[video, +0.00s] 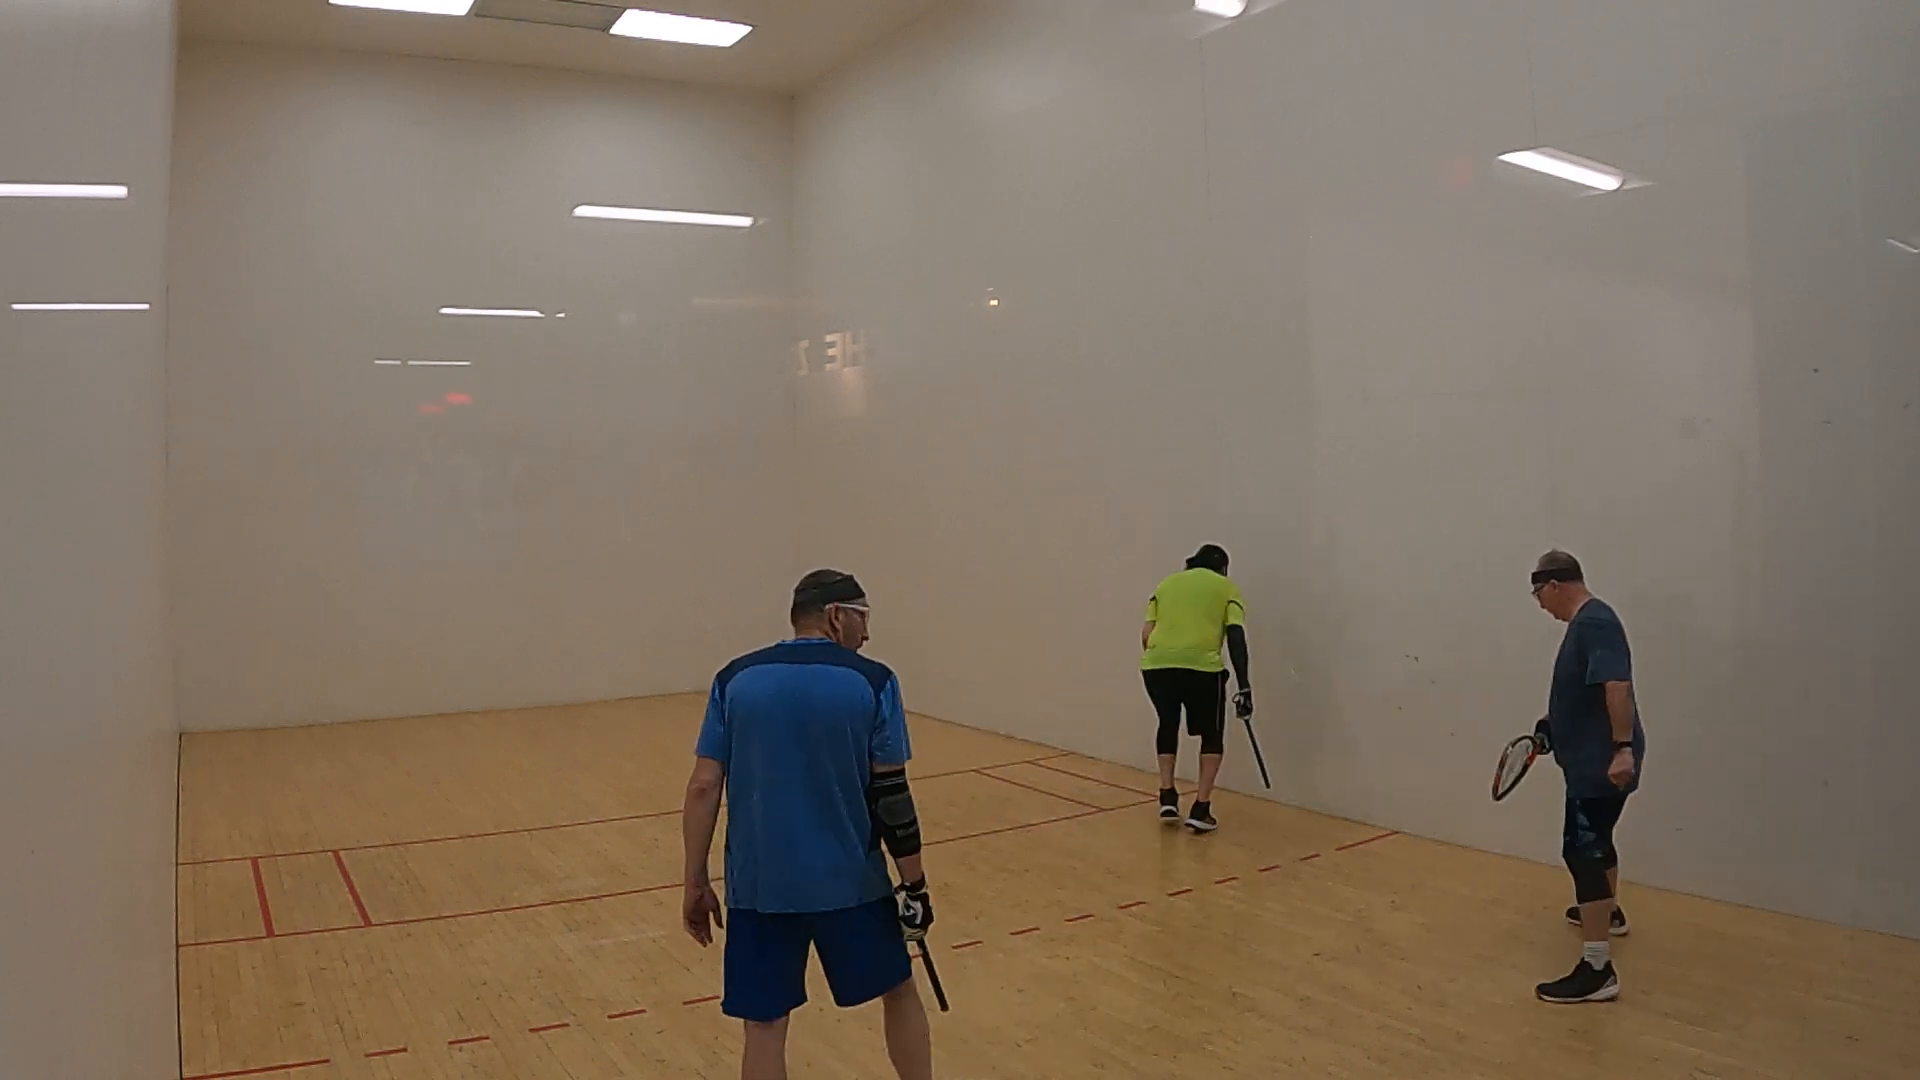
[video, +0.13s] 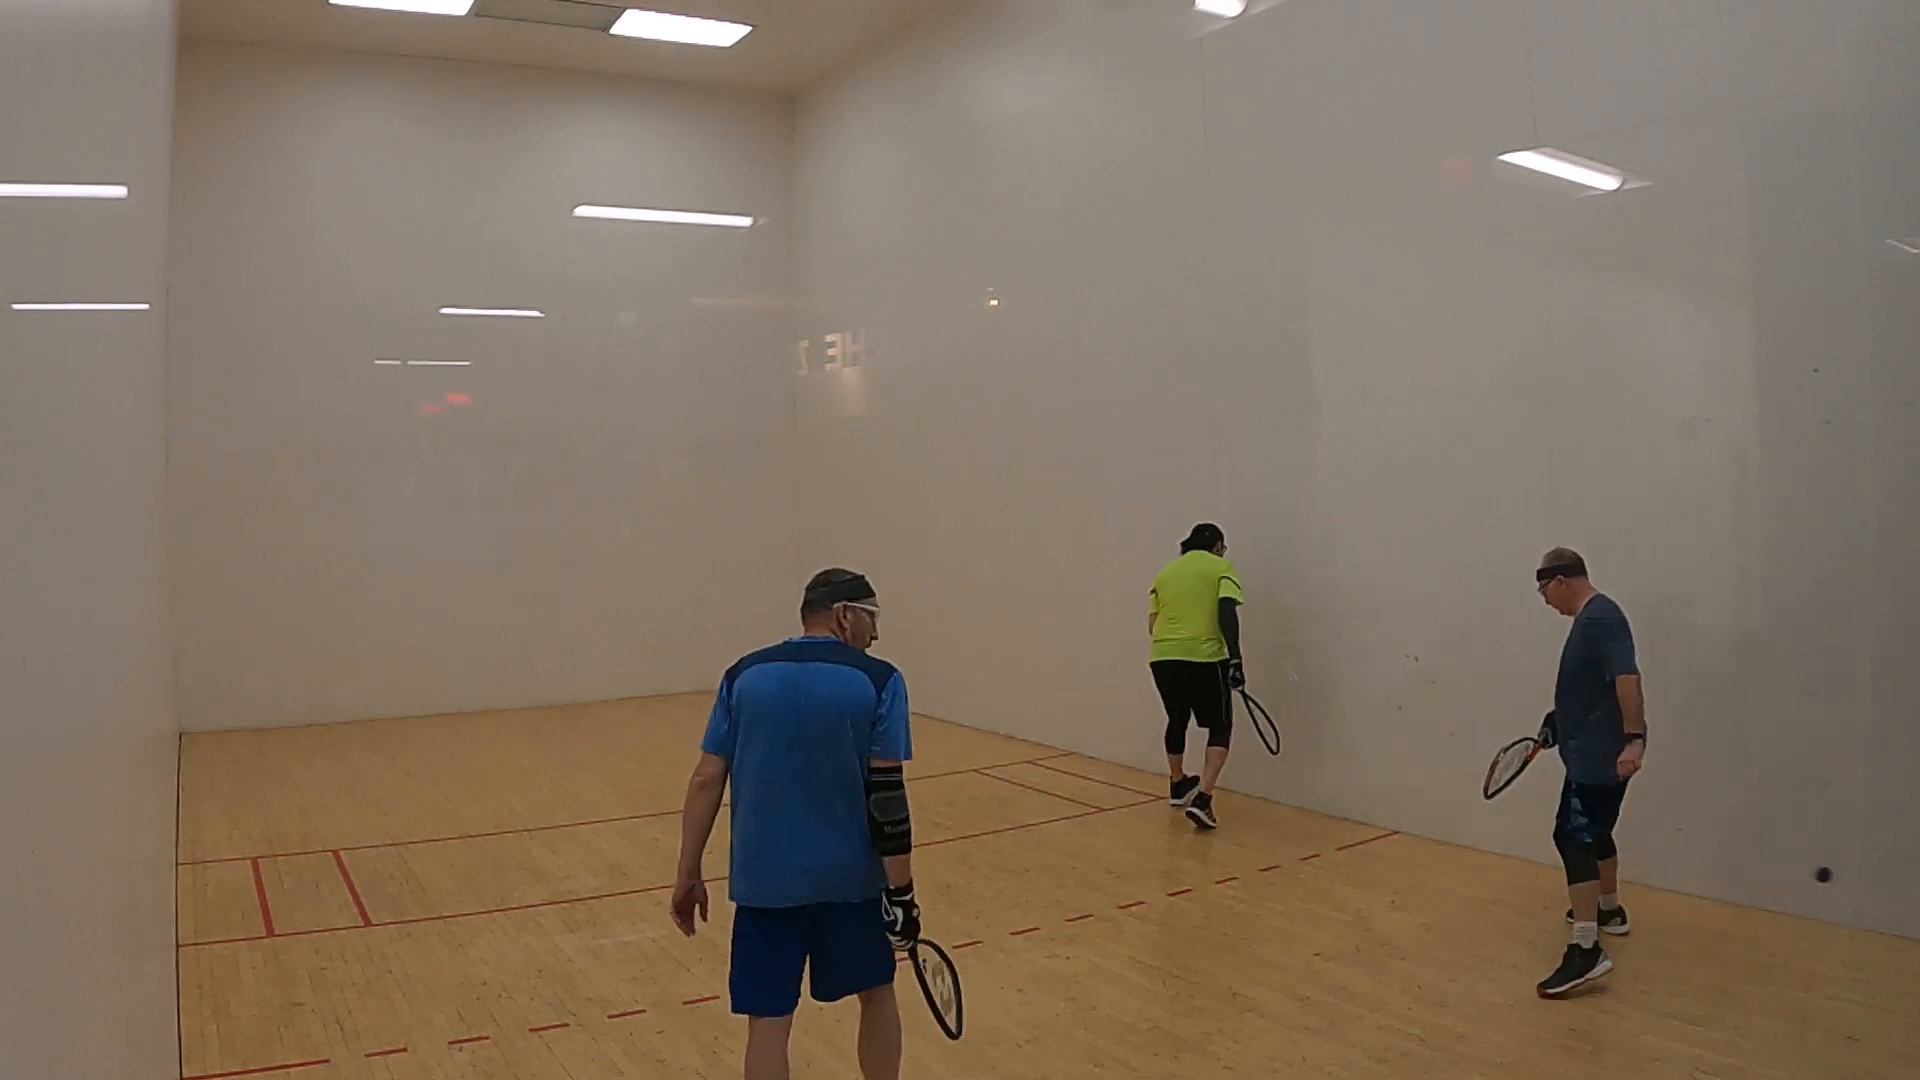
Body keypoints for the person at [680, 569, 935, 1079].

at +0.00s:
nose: (867, 632)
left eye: (867, 620)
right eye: (862, 619)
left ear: (796, 619)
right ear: (836, 616)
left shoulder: (735, 677)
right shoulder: (872, 680)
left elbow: (703, 786)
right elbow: (890, 798)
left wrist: (696, 881)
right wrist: (915, 886)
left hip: (761, 893)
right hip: (850, 890)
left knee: (763, 1026)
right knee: (899, 993)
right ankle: (921, 1077)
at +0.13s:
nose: (875, 633)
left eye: (876, 621)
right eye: (872, 619)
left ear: (810, 617)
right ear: (843, 615)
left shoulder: (743, 674)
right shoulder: (878, 678)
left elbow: (707, 779)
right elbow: (886, 801)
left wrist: (688, 873)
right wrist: (903, 897)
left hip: (764, 886)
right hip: (850, 886)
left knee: (767, 1021)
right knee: (877, 995)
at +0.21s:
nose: (884, 630)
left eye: (885, 618)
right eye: (880, 617)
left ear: (820, 614)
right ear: (852, 612)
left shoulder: (757, 669)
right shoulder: (889, 675)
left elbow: (715, 774)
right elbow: (894, 793)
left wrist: (695, 860)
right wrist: (903, 894)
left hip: (772, 881)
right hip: (857, 882)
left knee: (766, 1016)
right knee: (876, 996)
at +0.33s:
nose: (894, 624)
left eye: (895, 613)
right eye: (892, 612)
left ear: (831, 608)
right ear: (870, 607)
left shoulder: (770, 661)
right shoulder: (900, 668)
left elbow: (733, 767)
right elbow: (912, 781)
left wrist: (720, 842)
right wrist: (923, 879)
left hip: (787, 868)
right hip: (873, 871)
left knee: (762, 991)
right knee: (881, 993)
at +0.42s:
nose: (896, 621)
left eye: (897, 610)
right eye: (894, 609)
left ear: (831, 605)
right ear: (874, 603)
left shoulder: (775, 657)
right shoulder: (904, 664)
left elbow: (743, 763)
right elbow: (924, 776)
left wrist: (735, 832)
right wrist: (941, 871)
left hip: (790, 861)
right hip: (873, 863)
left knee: (769, 974)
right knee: (880, 990)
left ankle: (768, 1076)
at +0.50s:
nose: (893, 618)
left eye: (895, 609)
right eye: (893, 608)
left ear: (830, 603)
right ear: (877, 604)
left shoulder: (777, 657)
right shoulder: (905, 664)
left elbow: (746, 761)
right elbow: (933, 775)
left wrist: (743, 828)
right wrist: (954, 863)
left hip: (791, 856)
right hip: (873, 861)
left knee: (774, 961)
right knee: (877, 991)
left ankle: (771, 1075)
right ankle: (886, 1079)